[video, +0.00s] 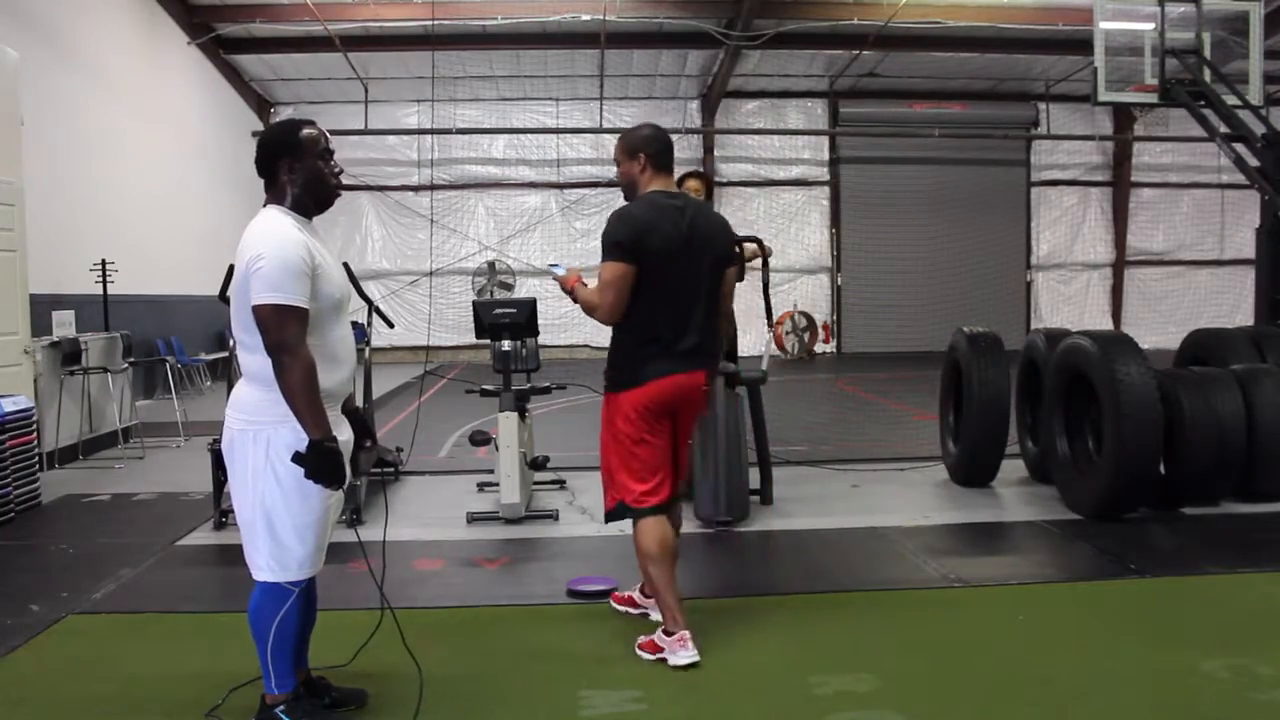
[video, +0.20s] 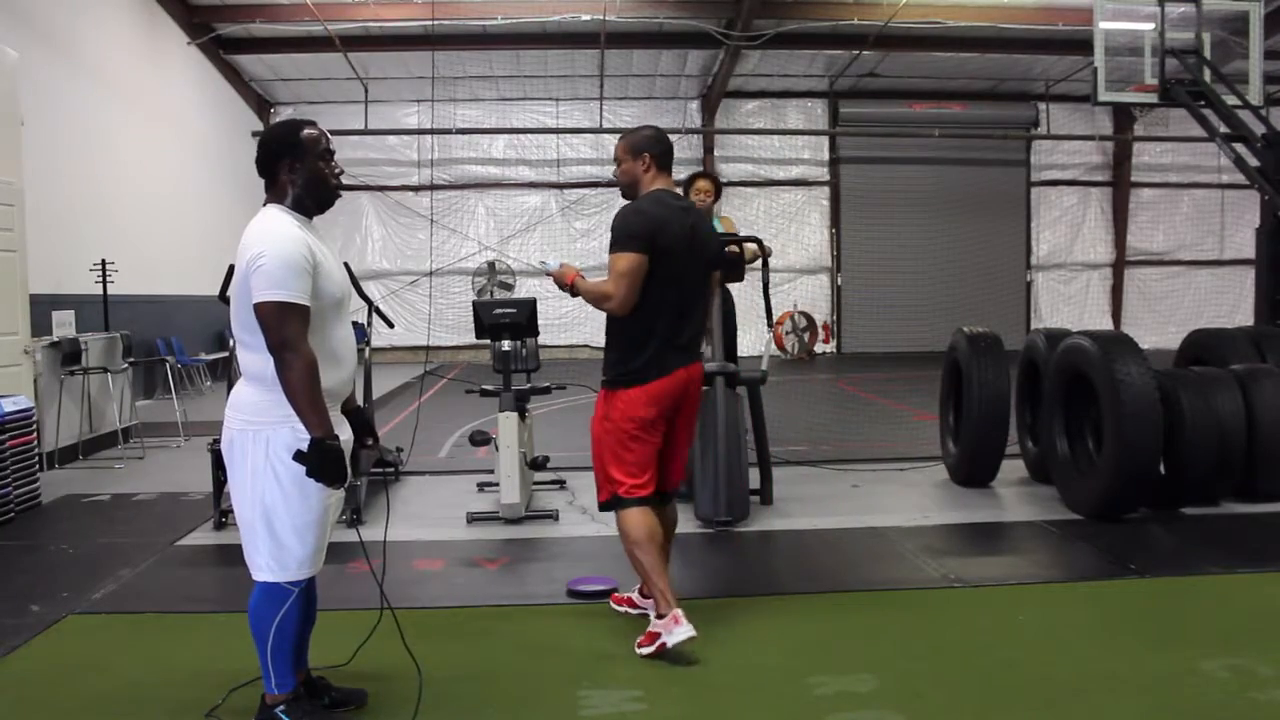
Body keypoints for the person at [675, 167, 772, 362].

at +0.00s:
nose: (692, 197)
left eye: (698, 192)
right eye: (687, 191)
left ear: (706, 196)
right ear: (679, 193)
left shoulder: (715, 229)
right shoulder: (666, 230)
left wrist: (752, 251)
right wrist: (748, 252)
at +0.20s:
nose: (702, 198)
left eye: (708, 193)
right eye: (697, 193)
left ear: (715, 198)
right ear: (687, 195)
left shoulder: (723, 223)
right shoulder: (680, 224)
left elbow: (737, 253)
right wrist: (755, 251)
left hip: (716, 291)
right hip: (686, 294)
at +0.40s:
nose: (716, 192)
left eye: (721, 187)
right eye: (710, 187)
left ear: (729, 192)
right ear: (700, 190)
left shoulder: (736, 219)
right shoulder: (689, 217)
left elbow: (750, 251)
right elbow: (679, 248)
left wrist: (760, 251)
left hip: (724, 286)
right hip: (694, 287)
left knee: (725, 346)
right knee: (691, 344)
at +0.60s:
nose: (713, 201)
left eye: (720, 196)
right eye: (709, 196)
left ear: (730, 200)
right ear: (702, 198)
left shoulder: (739, 226)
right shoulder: (692, 224)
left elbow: (750, 257)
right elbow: (679, 251)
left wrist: (759, 254)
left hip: (725, 293)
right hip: (695, 294)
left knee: (724, 353)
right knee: (693, 353)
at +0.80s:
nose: (701, 198)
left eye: (708, 193)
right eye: (697, 193)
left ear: (719, 196)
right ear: (691, 196)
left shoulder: (731, 221)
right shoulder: (687, 223)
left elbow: (751, 253)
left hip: (724, 292)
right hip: (693, 295)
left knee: (720, 355)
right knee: (691, 355)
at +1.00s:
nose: (689, 194)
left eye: (694, 189)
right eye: (683, 189)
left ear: (706, 191)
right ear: (677, 192)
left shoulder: (721, 216)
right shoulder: (676, 219)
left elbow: (748, 249)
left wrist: (718, 258)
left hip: (718, 288)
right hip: (687, 290)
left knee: (724, 349)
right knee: (687, 349)